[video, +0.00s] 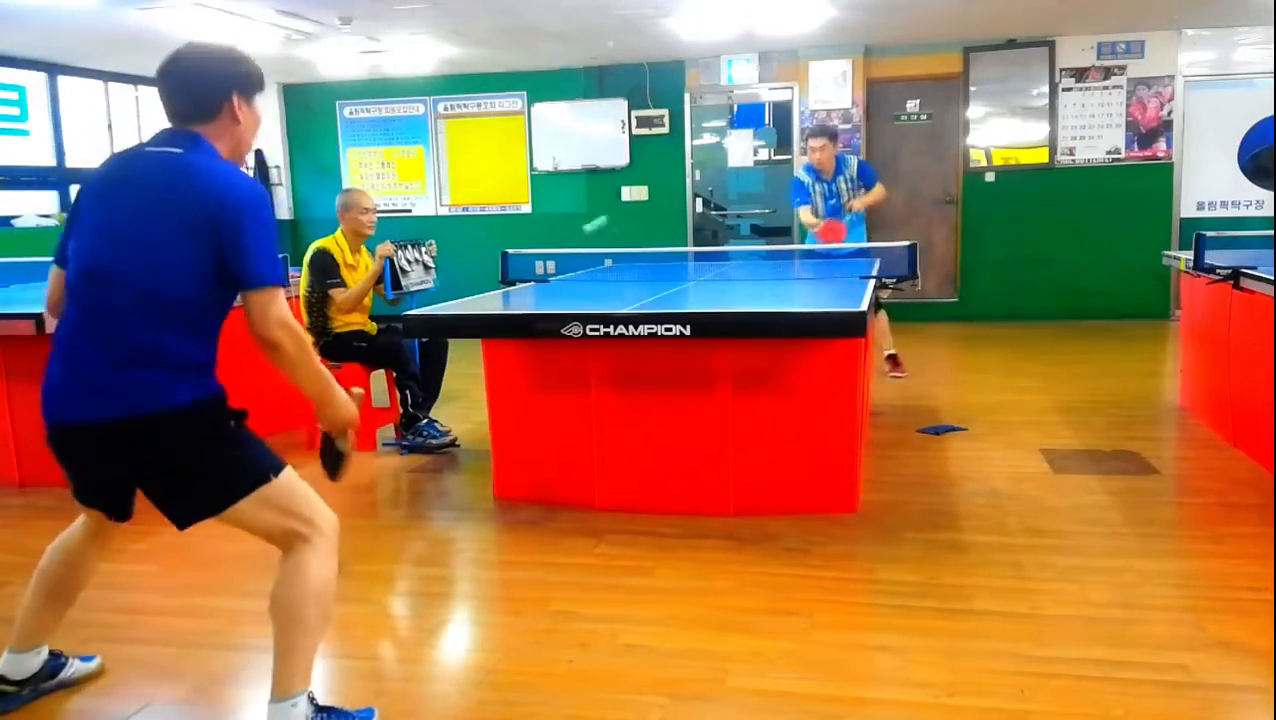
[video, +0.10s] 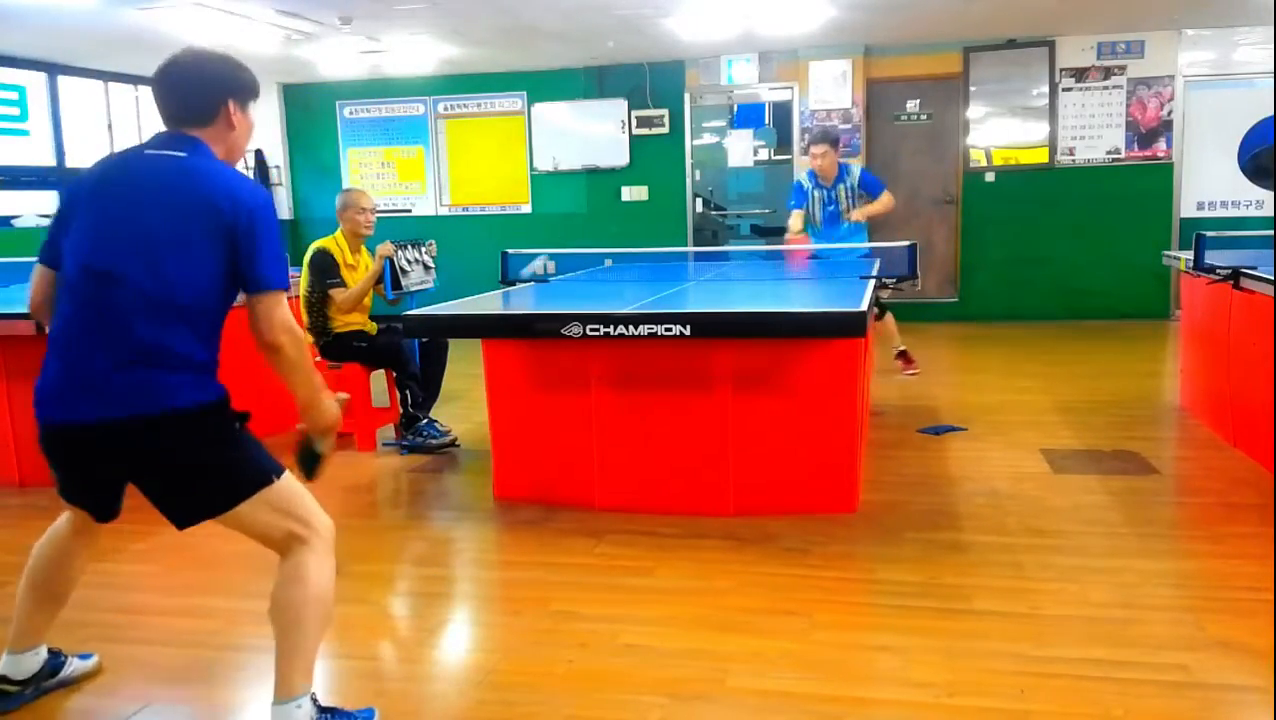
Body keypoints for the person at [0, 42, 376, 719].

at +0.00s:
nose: (258, 123)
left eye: (257, 109)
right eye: (256, 108)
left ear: (172, 109)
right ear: (234, 107)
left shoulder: (104, 179)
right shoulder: (233, 190)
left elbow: (57, 302)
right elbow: (271, 324)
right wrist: (332, 402)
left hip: (73, 407)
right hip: (168, 410)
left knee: (100, 515)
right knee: (311, 530)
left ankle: (20, 661)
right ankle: (292, 704)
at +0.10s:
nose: (252, 131)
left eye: (251, 118)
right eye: (250, 117)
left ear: (166, 112)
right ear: (228, 112)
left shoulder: (92, 181)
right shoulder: (239, 195)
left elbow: (42, 303)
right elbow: (273, 329)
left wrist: (107, 350)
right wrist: (319, 407)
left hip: (68, 407)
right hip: (170, 411)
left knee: (82, 512)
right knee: (308, 535)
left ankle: (19, 661)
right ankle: (295, 704)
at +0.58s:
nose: (174, 43)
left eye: (170, 29)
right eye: (170, 29)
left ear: (95, 35)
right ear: (153, 39)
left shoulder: (36, 75)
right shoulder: (182, 128)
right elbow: (261, 227)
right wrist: (334, 223)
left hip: (1, 311)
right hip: (70, 323)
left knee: (20, 460)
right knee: (111, 499)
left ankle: (3, 594)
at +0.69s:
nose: (159, 104)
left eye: (157, 89)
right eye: (156, 90)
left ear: (78, 96)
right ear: (132, 93)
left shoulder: (17, 149)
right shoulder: (151, 180)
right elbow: (197, 290)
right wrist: (261, 365)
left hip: (5, 364)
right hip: (74, 374)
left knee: (53, 481)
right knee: (133, 528)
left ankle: (8, 602)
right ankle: (27, 674)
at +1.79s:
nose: (121, 114)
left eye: (118, 101)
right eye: (116, 102)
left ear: (45, 114)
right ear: (93, 107)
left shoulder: (12, 192)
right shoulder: (145, 178)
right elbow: (212, 277)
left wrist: (10, 378)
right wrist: (184, 310)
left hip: (69, 396)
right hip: (153, 388)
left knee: (46, 493)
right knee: (272, 493)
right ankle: (260, 645)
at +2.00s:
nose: (208, 57)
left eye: (202, 42)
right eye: (202, 41)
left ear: (132, 55)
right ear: (182, 49)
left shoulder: (90, 133)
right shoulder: (194, 121)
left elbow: (49, 244)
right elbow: (244, 224)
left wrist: (97, 299)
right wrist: (307, 295)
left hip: (110, 347)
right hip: (188, 340)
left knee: (172, 462)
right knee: (297, 470)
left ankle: (117, 603)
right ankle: (286, 645)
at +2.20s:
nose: (310, 102)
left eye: (307, 88)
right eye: (307, 88)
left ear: (240, 93)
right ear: (285, 91)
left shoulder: (198, 159)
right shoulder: (258, 167)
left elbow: (186, 277)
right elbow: (269, 285)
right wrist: (363, 365)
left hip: (169, 384)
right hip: (219, 386)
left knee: (251, 491)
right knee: (350, 507)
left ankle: (167, 618)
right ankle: (336, 689)